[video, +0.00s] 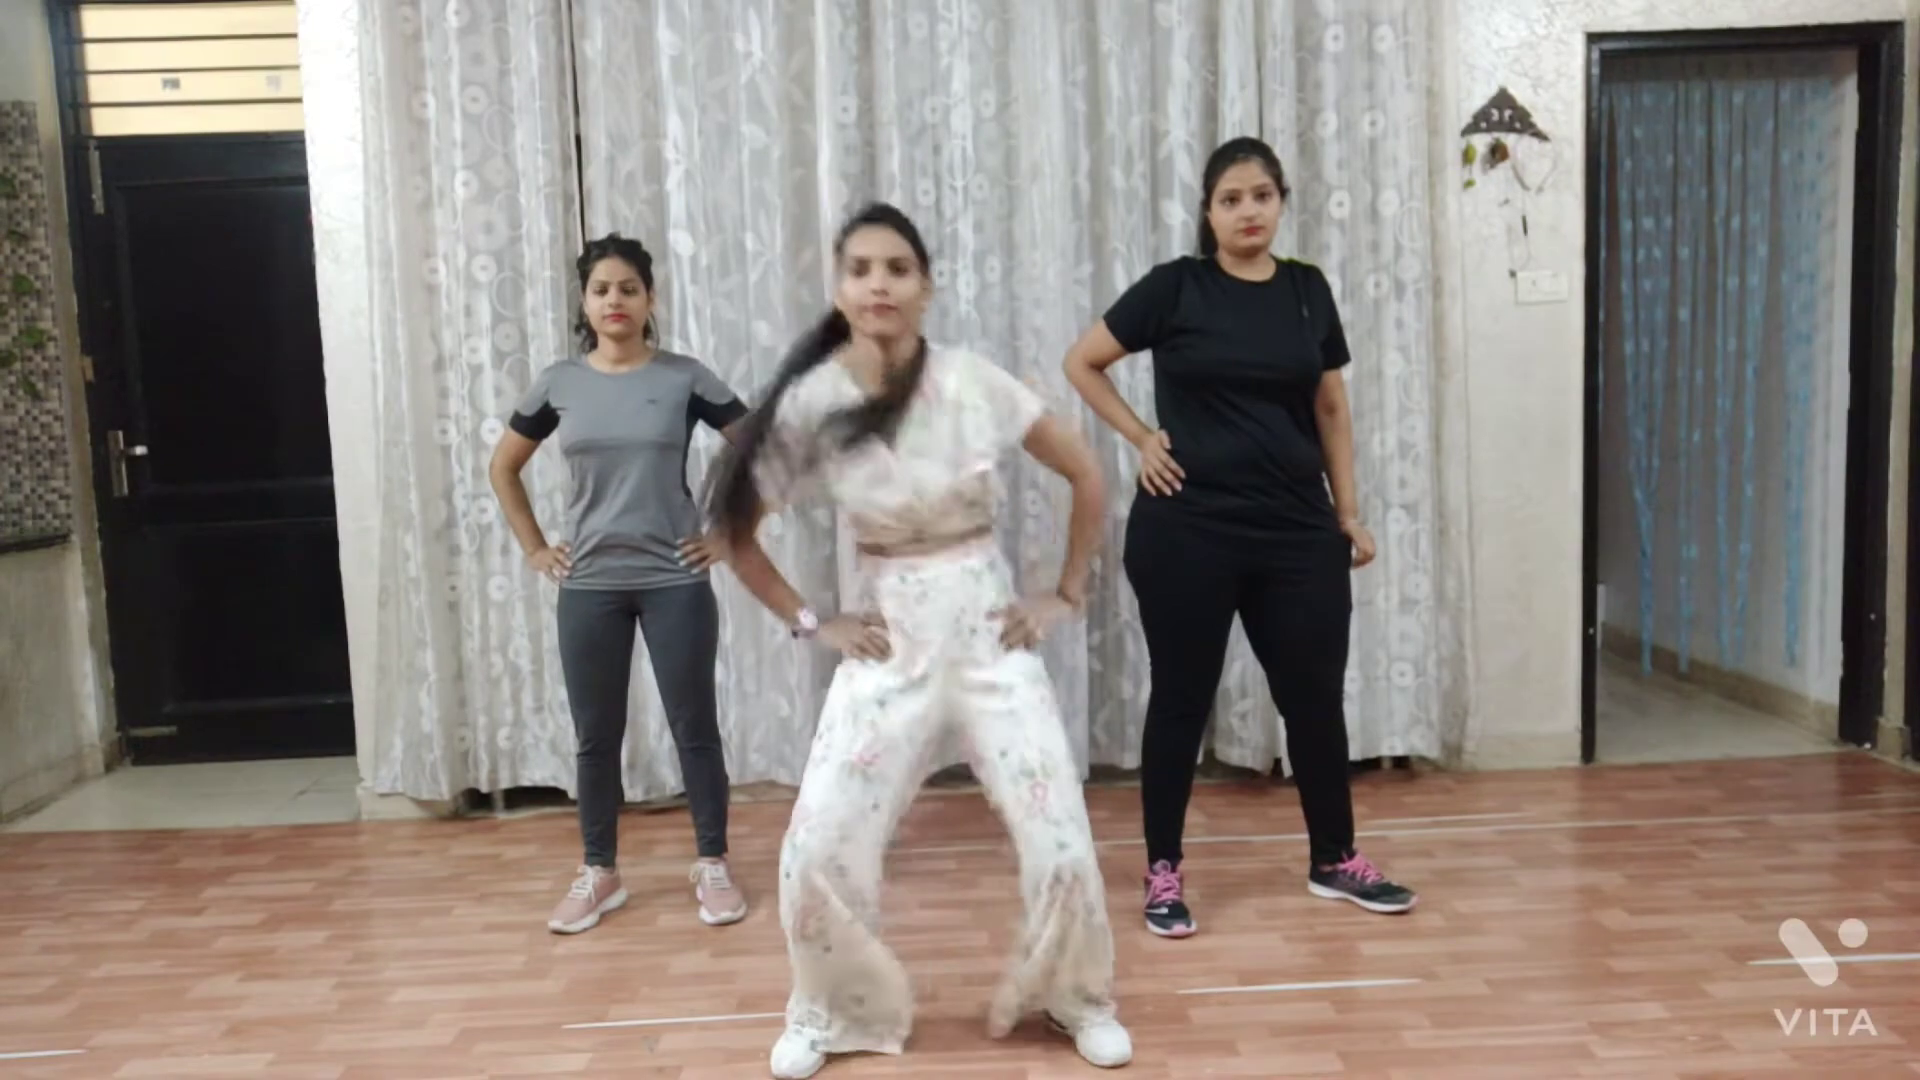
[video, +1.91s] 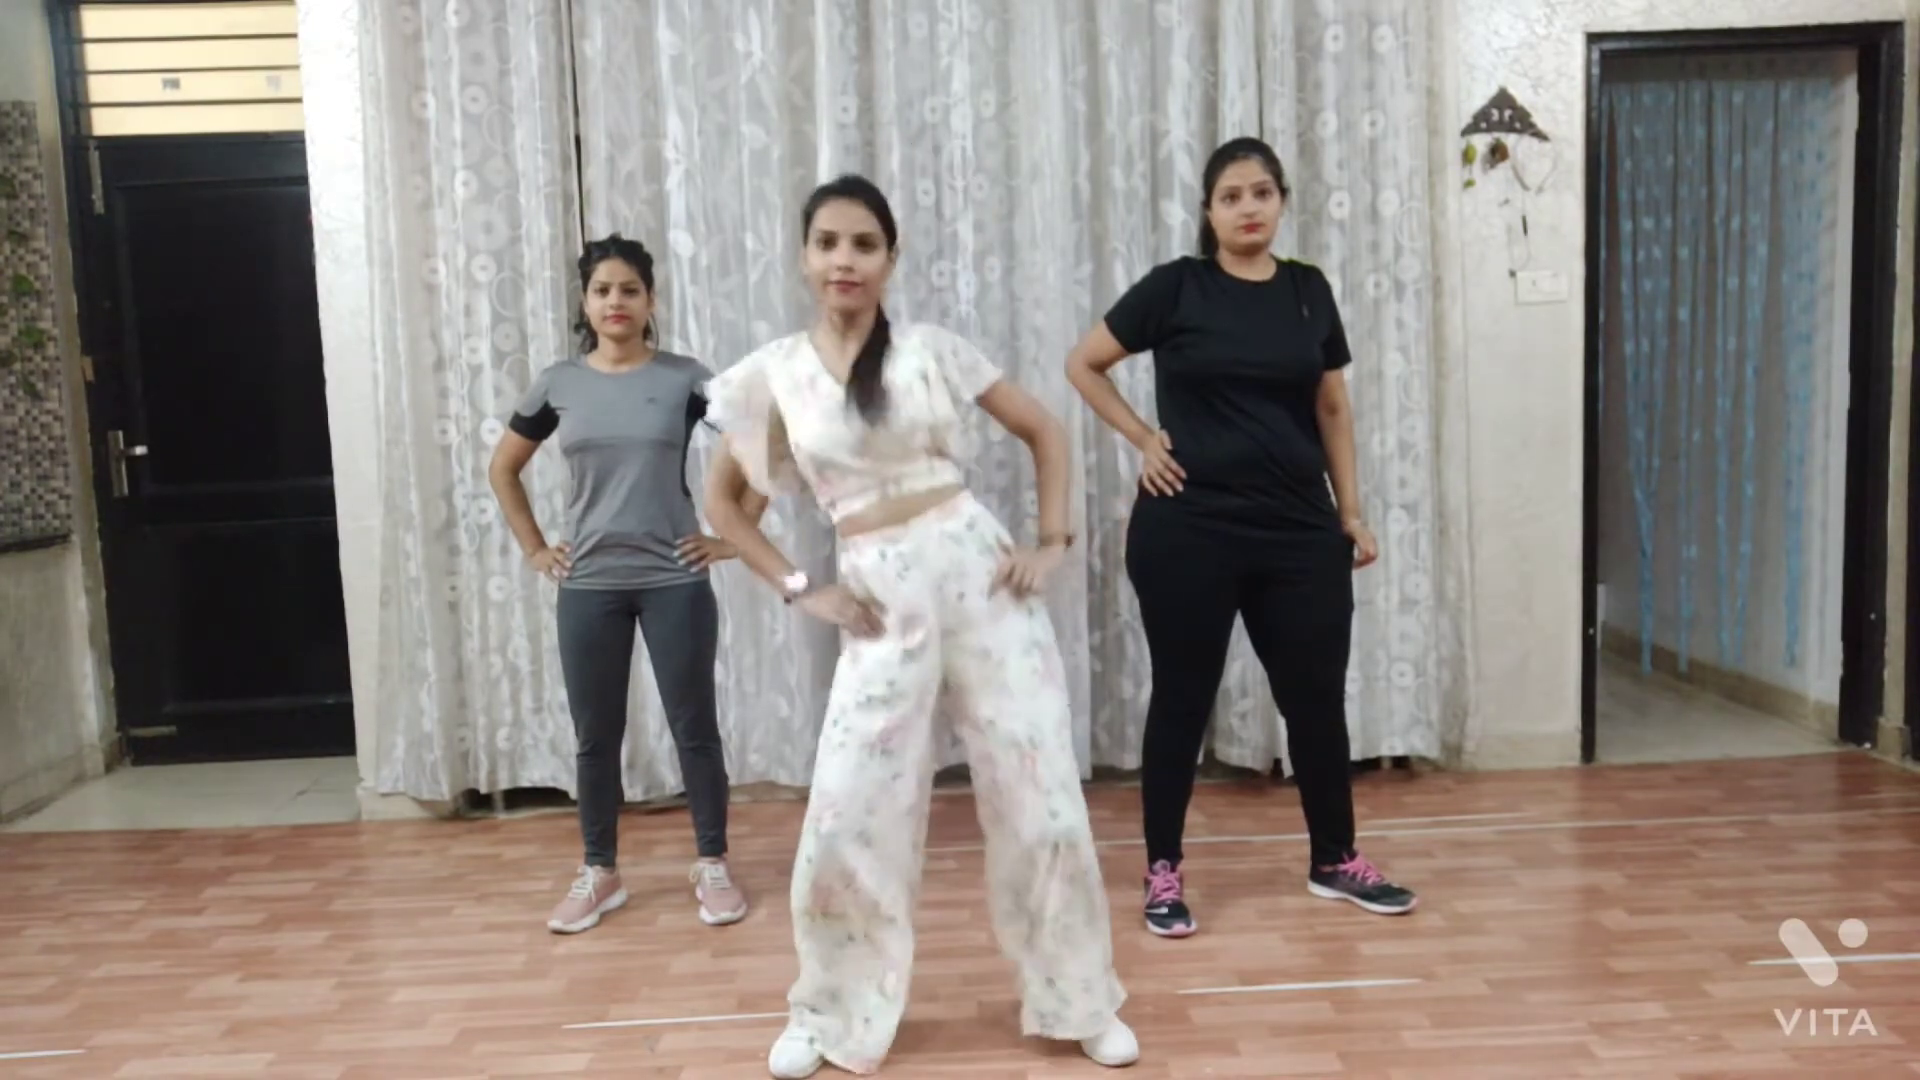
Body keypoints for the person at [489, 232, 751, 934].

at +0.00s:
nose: (615, 301)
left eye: (628, 289)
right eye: (602, 290)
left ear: (649, 300)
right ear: (584, 303)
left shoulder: (686, 379)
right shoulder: (559, 383)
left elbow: (763, 451)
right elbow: (503, 466)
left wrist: (728, 533)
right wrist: (537, 548)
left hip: (675, 575)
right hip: (589, 580)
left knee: (694, 725)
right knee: (595, 736)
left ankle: (712, 865)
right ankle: (599, 872)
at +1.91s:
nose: (616, 302)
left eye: (629, 290)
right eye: (603, 291)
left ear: (650, 302)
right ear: (584, 303)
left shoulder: (688, 381)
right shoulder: (558, 385)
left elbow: (763, 455)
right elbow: (503, 468)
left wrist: (734, 535)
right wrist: (538, 550)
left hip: (675, 575)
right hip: (589, 580)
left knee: (694, 726)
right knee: (595, 737)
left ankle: (712, 866)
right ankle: (599, 872)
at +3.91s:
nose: (612, 301)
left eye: (625, 289)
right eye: (598, 290)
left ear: (646, 300)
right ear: (580, 302)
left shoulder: (682, 378)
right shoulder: (555, 386)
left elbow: (763, 450)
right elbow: (499, 469)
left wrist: (737, 537)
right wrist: (535, 549)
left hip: (674, 579)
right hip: (588, 585)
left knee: (694, 730)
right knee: (595, 738)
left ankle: (714, 867)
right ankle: (599, 872)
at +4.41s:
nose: (621, 303)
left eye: (634, 290)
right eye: (608, 292)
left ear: (658, 297)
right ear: (591, 303)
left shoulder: (694, 379)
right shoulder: (569, 375)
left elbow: (752, 460)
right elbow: (473, 441)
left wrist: (806, 518)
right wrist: (473, 529)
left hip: (674, 574)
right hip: (589, 582)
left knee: (680, 732)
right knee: (595, 738)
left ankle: (687, 873)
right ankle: (599, 873)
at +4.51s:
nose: (629, 307)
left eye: (642, 293)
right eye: (616, 295)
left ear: (667, 299)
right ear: (601, 305)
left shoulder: (701, 377)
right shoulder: (583, 372)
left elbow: (757, 443)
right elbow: (521, 414)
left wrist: (826, 497)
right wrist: (470, 445)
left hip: (680, 578)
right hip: (596, 580)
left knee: (683, 733)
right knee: (587, 736)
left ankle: (687, 871)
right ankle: (597, 872)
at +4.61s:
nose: (632, 309)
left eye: (646, 295)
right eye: (620, 298)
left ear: (675, 302)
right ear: (606, 309)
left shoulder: (707, 379)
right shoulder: (600, 372)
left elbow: (750, 421)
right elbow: (565, 384)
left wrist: (807, 455)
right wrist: (524, 370)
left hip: (688, 580)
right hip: (605, 581)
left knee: (688, 726)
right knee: (567, 721)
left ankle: (685, 869)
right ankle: (579, 864)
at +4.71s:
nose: (640, 313)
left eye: (653, 299)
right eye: (627, 301)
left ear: (683, 303)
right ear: (610, 309)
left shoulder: (709, 371)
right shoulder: (598, 366)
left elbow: (729, 389)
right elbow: (600, 375)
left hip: (701, 579)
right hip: (616, 577)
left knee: (691, 736)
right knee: (556, 716)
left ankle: (687, 874)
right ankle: (509, 851)